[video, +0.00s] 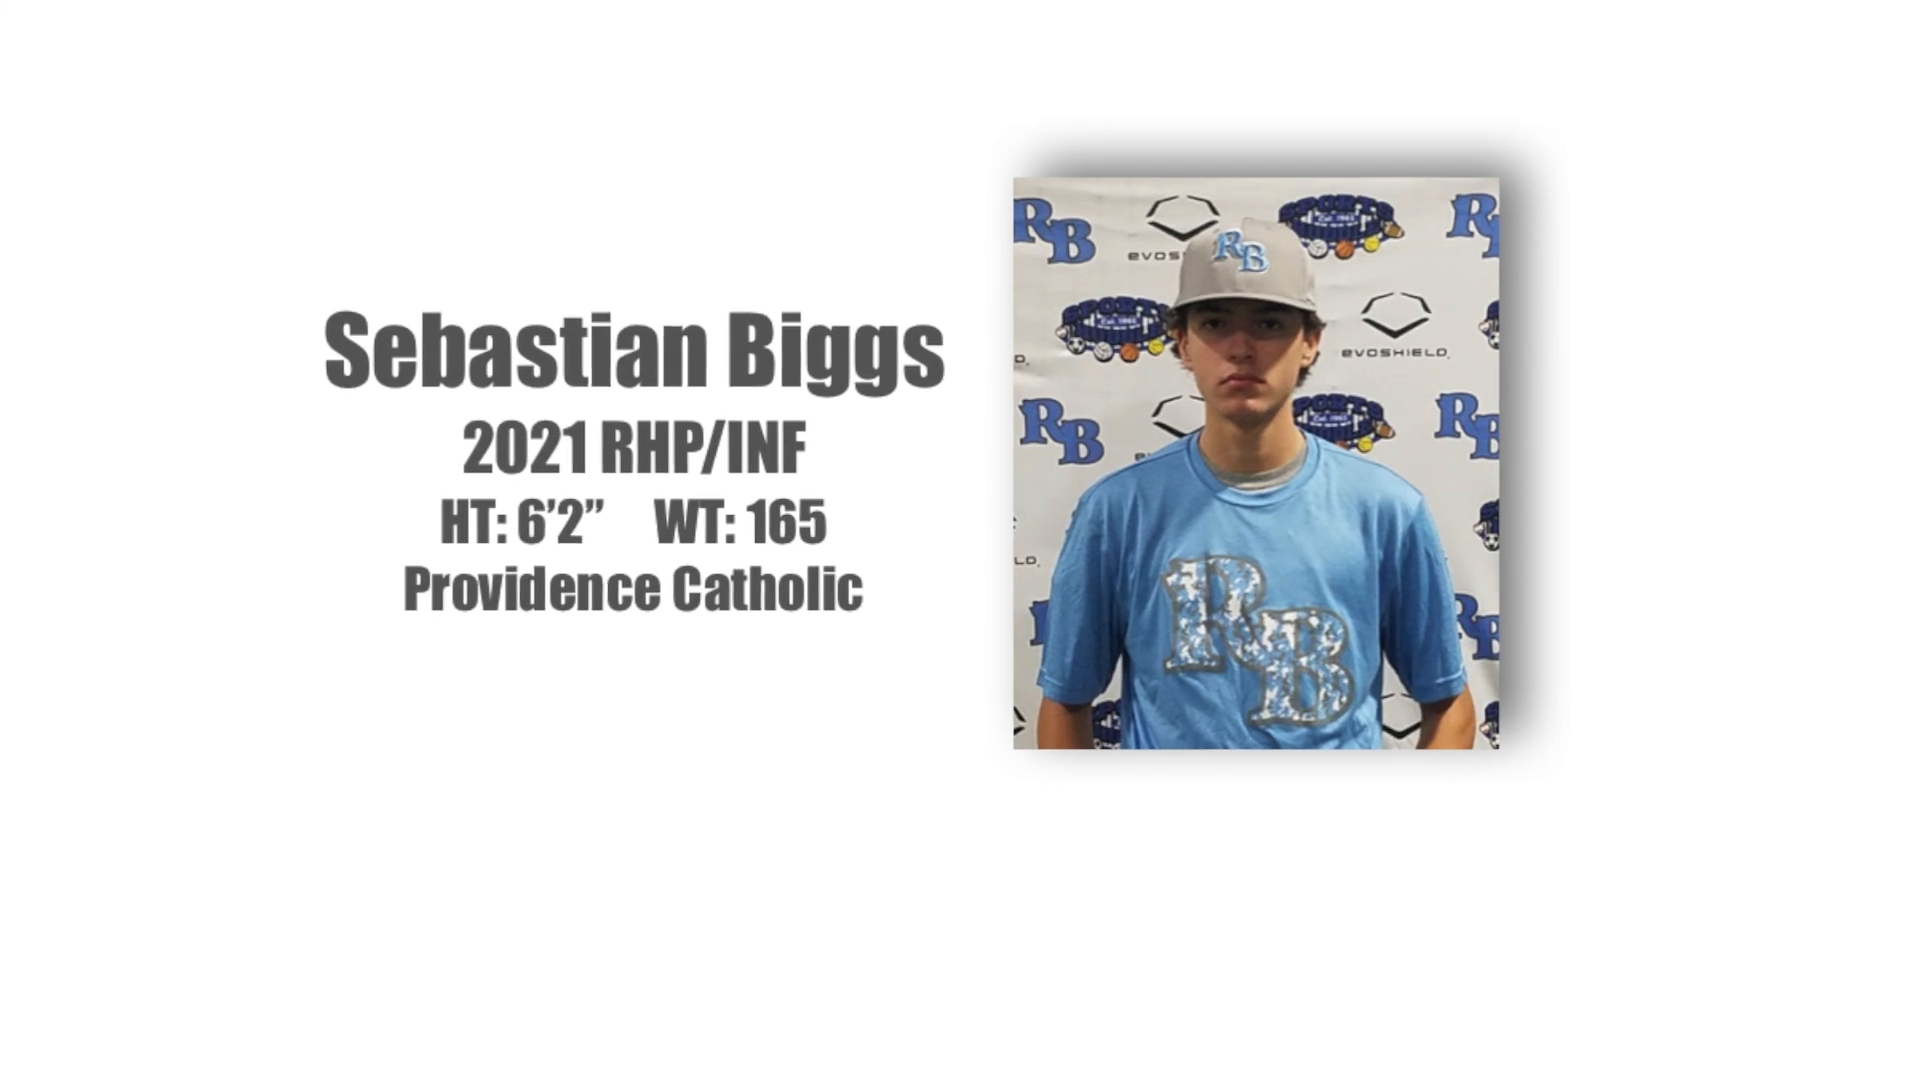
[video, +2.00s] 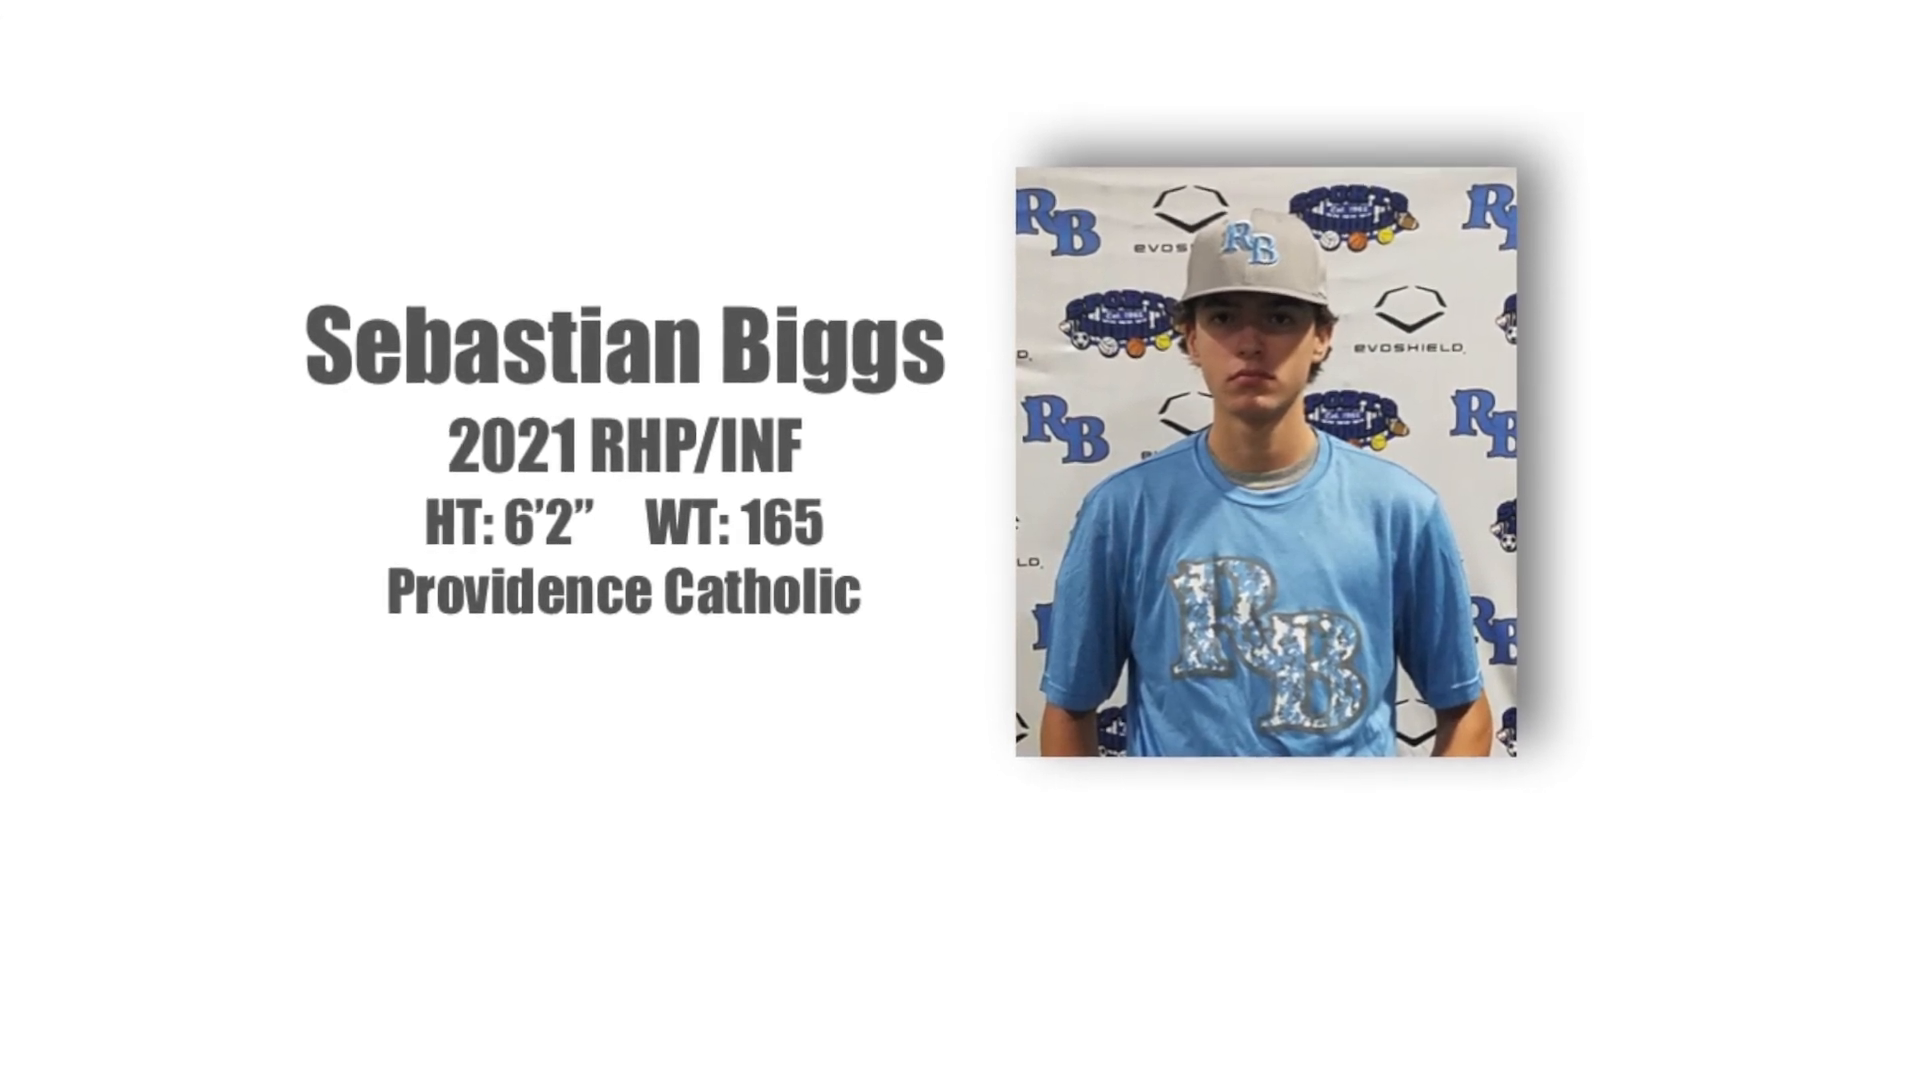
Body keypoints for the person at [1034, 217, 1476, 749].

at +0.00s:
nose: (1241, 347)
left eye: (1269, 323)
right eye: (1218, 323)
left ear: (1309, 345)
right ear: (1183, 345)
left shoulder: (1388, 510)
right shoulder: (1114, 513)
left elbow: (1450, 706)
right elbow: (1066, 708)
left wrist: (1412, 820)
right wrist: (1075, 826)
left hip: (1346, 817)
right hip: (1167, 817)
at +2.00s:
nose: (1251, 342)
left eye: (1279, 317)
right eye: (1226, 318)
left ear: (1320, 340)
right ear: (1191, 339)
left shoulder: (1402, 511)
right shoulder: (1120, 513)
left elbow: (1466, 712)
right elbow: (1069, 714)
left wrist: (1426, 832)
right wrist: (1080, 838)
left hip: (1357, 828)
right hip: (1174, 829)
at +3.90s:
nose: (1209, 338)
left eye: (1237, 314)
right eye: (1186, 315)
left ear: (1278, 336)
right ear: (1151, 336)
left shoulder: (1357, 503)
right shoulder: (1082, 506)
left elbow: (1420, 700)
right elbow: (1032, 702)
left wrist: (1381, 819)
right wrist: (1042, 826)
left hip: (1314, 815)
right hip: (1135, 814)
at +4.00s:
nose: (1167, 340)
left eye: (1194, 317)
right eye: (1144, 317)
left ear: (1232, 337)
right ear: (1111, 337)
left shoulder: (1308, 497)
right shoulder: (1044, 501)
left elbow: (1367, 685)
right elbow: (998, 687)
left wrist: (1331, 800)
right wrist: (1007, 805)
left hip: (1266, 799)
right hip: (1096, 799)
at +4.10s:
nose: (1117, 342)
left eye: (1142, 320)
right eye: (1096, 320)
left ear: (1179, 339)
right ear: (1064, 339)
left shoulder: (1249, 491)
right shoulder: (1002, 494)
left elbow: (1306, 668)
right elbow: (958, 671)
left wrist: (1273, 776)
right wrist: (965, 782)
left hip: (1211, 775)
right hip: (1050, 776)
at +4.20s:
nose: (1064, 344)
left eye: (1087, 324)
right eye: (1044, 324)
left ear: (1121, 343)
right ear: (1014, 341)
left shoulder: (1188, 484)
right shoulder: (955, 486)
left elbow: (1240, 650)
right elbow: (914, 652)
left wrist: (1210, 753)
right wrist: (921, 757)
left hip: (1151, 752)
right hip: (1001, 752)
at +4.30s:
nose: (1009, 346)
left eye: (1031, 327)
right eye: (990, 327)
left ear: (1063, 344)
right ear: (963, 343)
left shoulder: (1125, 478)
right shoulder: (908, 479)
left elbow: (1173, 633)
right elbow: (869, 634)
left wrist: (1146, 728)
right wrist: (874, 732)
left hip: (1091, 725)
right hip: (951, 726)